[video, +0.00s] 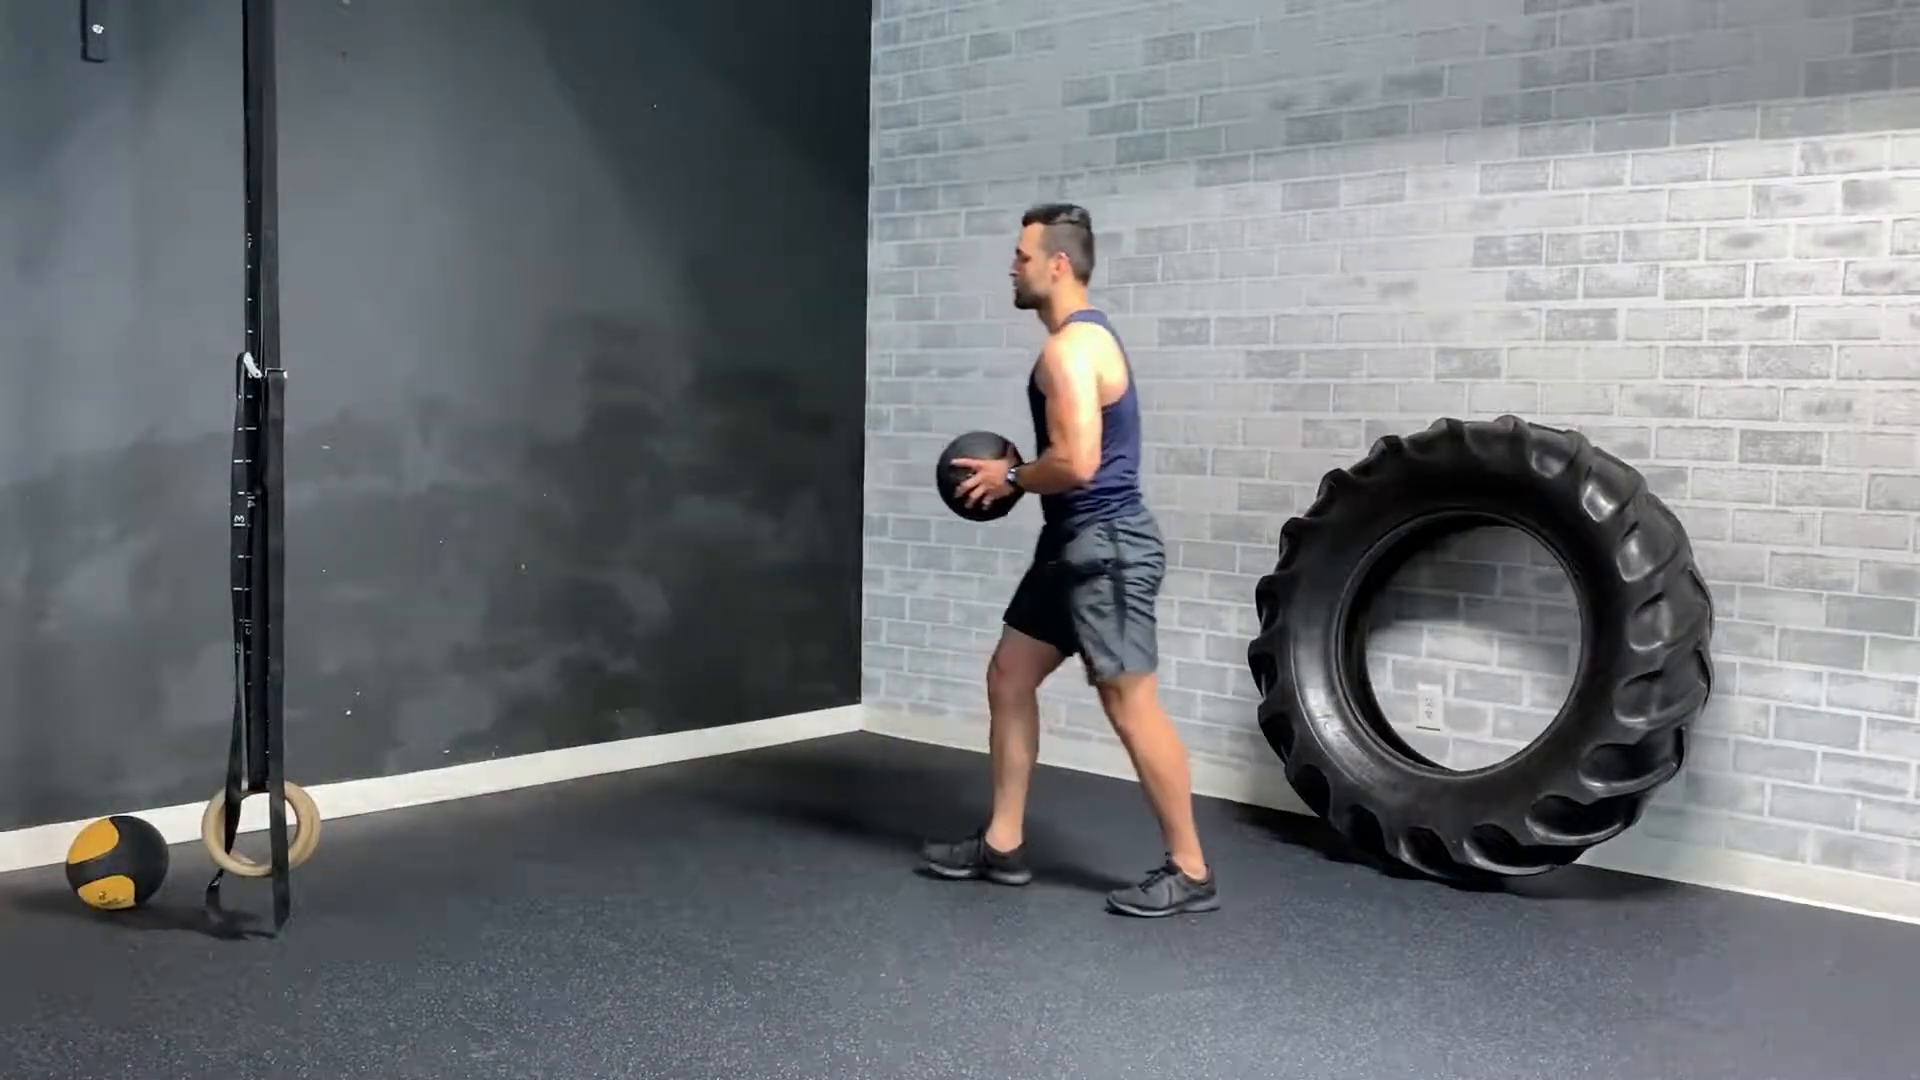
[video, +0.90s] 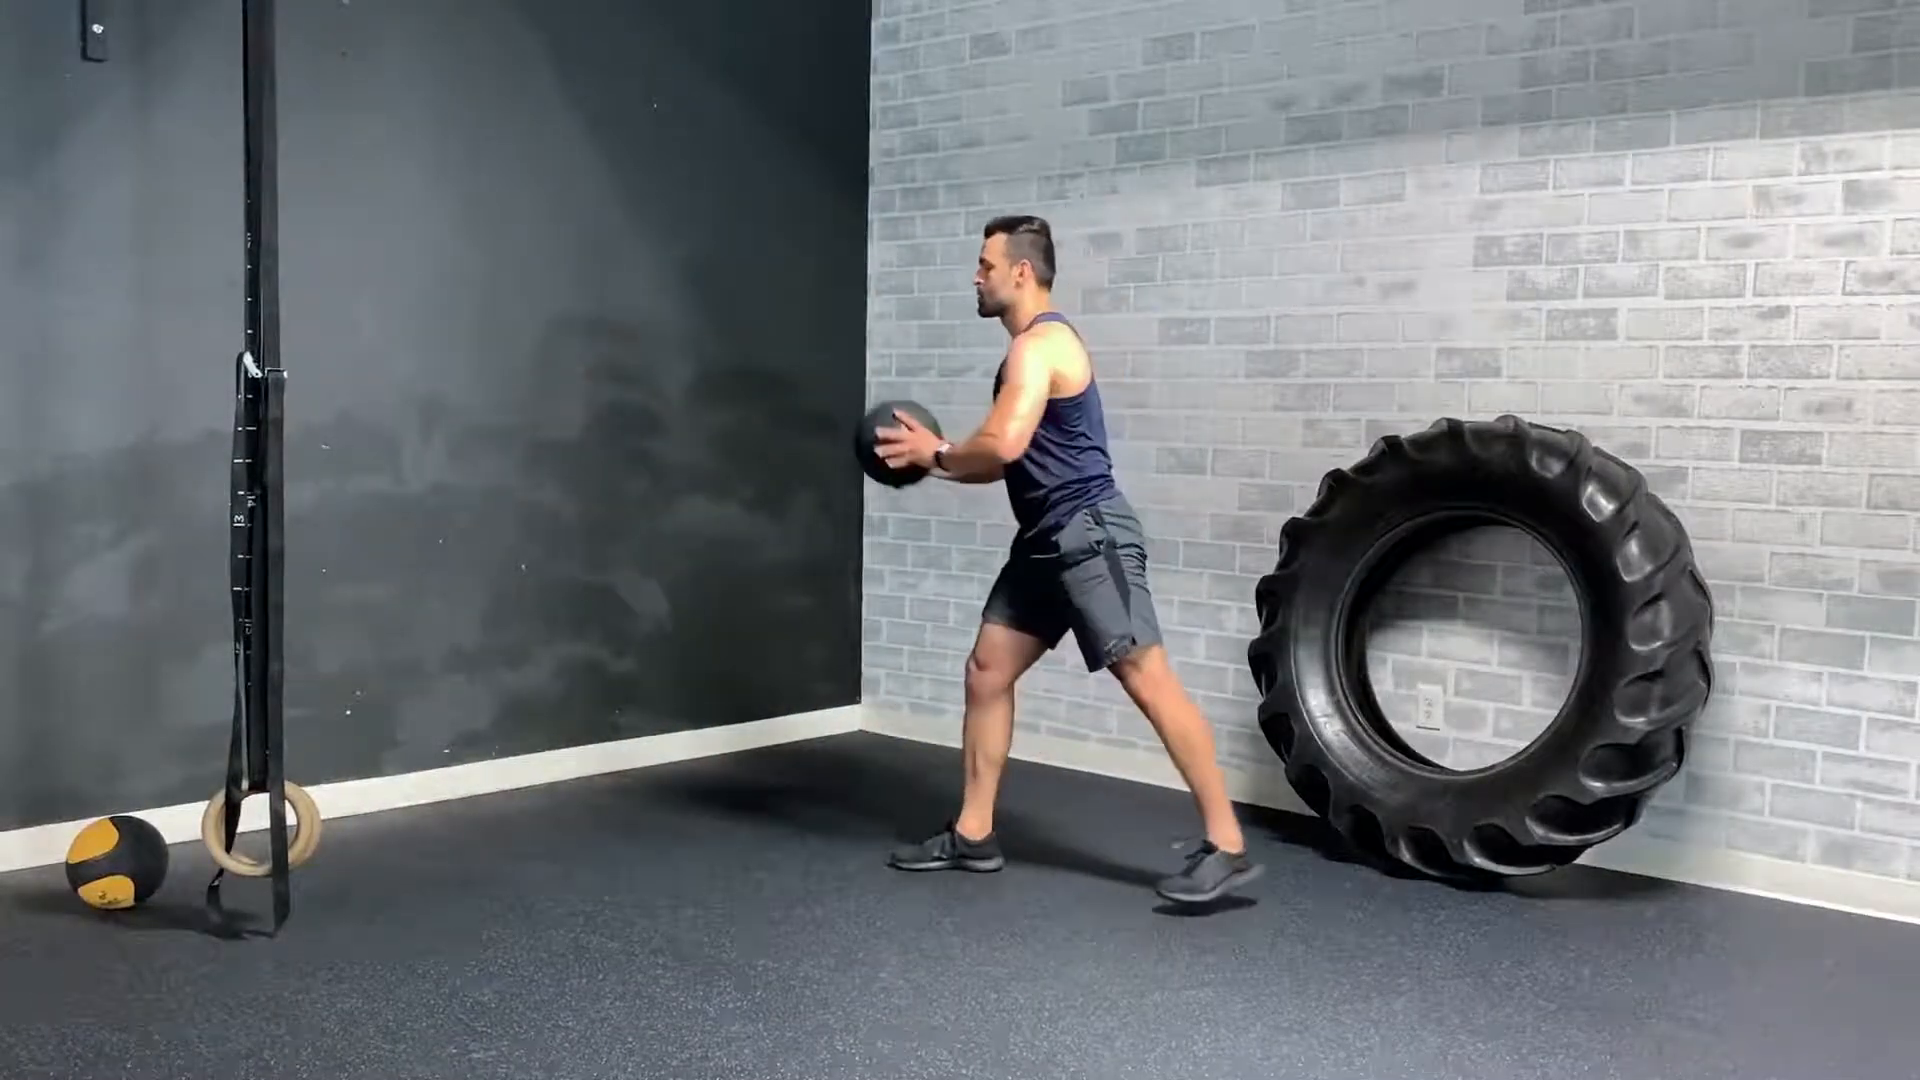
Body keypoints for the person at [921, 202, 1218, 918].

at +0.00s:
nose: (1012, 269)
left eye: (1022, 257)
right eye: (1015, 256)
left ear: (1060, 266)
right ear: (1065, 268)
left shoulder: (1069, 349)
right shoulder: (1090, 340)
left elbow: (1077, 464)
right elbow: (1085, 458)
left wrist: (1013, 478)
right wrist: (1013, 471)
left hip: (1107, 543)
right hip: (1076, 545)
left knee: (1131, 701)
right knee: (1009, 680)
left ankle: (1190, 869)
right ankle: (1002, 847)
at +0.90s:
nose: (976, 277)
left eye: (987, 266)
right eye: (979, 266)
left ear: (1023, 273)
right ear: (1022, 275)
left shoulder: (1042, 343)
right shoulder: (1027, 350)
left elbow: (1001, 448)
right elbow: (1000, 458)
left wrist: (934, 453)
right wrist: (935, 457)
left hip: (1091, 531)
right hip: (1046, 541)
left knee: (1148, 679)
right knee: (988, 676)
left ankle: (1226, 843)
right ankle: (973, 835)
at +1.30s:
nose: (1036, 284)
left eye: (1046, 272)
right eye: (1039, 273)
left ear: (1083, 277)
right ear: (1083, 278)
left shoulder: (1100, 355)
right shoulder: (1071, 352)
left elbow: (1010, 427)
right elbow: (999, 379)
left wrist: (955, 357)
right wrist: (953, 348)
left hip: (1126, 551)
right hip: (1073, 554)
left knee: (1179, 699)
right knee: (1001, 677)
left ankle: (1255, 859)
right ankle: (973, 837)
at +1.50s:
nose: (1074, 282)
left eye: (1083, 269)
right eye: (1074, 270)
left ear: (1120, 278)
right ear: (1116, 283)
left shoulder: (1142, 357)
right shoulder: (1099, 346)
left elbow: (1059, 431)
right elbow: (1004, 341)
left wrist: (1026, 353)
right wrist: (1011, 279)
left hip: (1145, 551)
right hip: (1090, 553)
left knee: (1194, 702)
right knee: (1025, 680)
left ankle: (1258, 863)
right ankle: (975, 837)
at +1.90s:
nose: (1105, 290)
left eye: (1115, 279)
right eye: (1105, 278)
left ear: (1154, 282)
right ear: (1134, 289)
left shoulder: (1185, 370)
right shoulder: (1126, 360)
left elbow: (1114, 456)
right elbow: (1051, 407)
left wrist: (1110, 371)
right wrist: (1037, 365)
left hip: (1149, 555)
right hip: (1094, 553)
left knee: (1190, 706)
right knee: (1033, 685)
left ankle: (1257, 861)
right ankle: (976, 835)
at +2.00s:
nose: (1098, 292)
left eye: (1109, 281)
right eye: (1099, 280)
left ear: (1150, 286)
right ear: (1136, 288)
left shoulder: (1185, 372)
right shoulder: (1128, 361)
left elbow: (1122, 463)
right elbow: (1095, 458)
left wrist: (1121, 377)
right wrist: (1025, 448)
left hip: (1143, 556)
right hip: (1089, 551)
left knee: (1183, 706)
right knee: (1023, 682)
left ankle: (1257, 861)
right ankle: (974, 835)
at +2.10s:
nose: (1093, 295)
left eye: (1103, 283)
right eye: (1092, 282)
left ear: (1146, 287)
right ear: (1132, 289)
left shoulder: (1185, 373)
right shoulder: (1126, 360)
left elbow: (1127, 467)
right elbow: (1110, 473)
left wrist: (1134, 378)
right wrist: (1073, 535)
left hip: (1142, 556)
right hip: (1090, 553)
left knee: (1182, 706)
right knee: (1024, 683)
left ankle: (1256, 861)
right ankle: (974, 835)